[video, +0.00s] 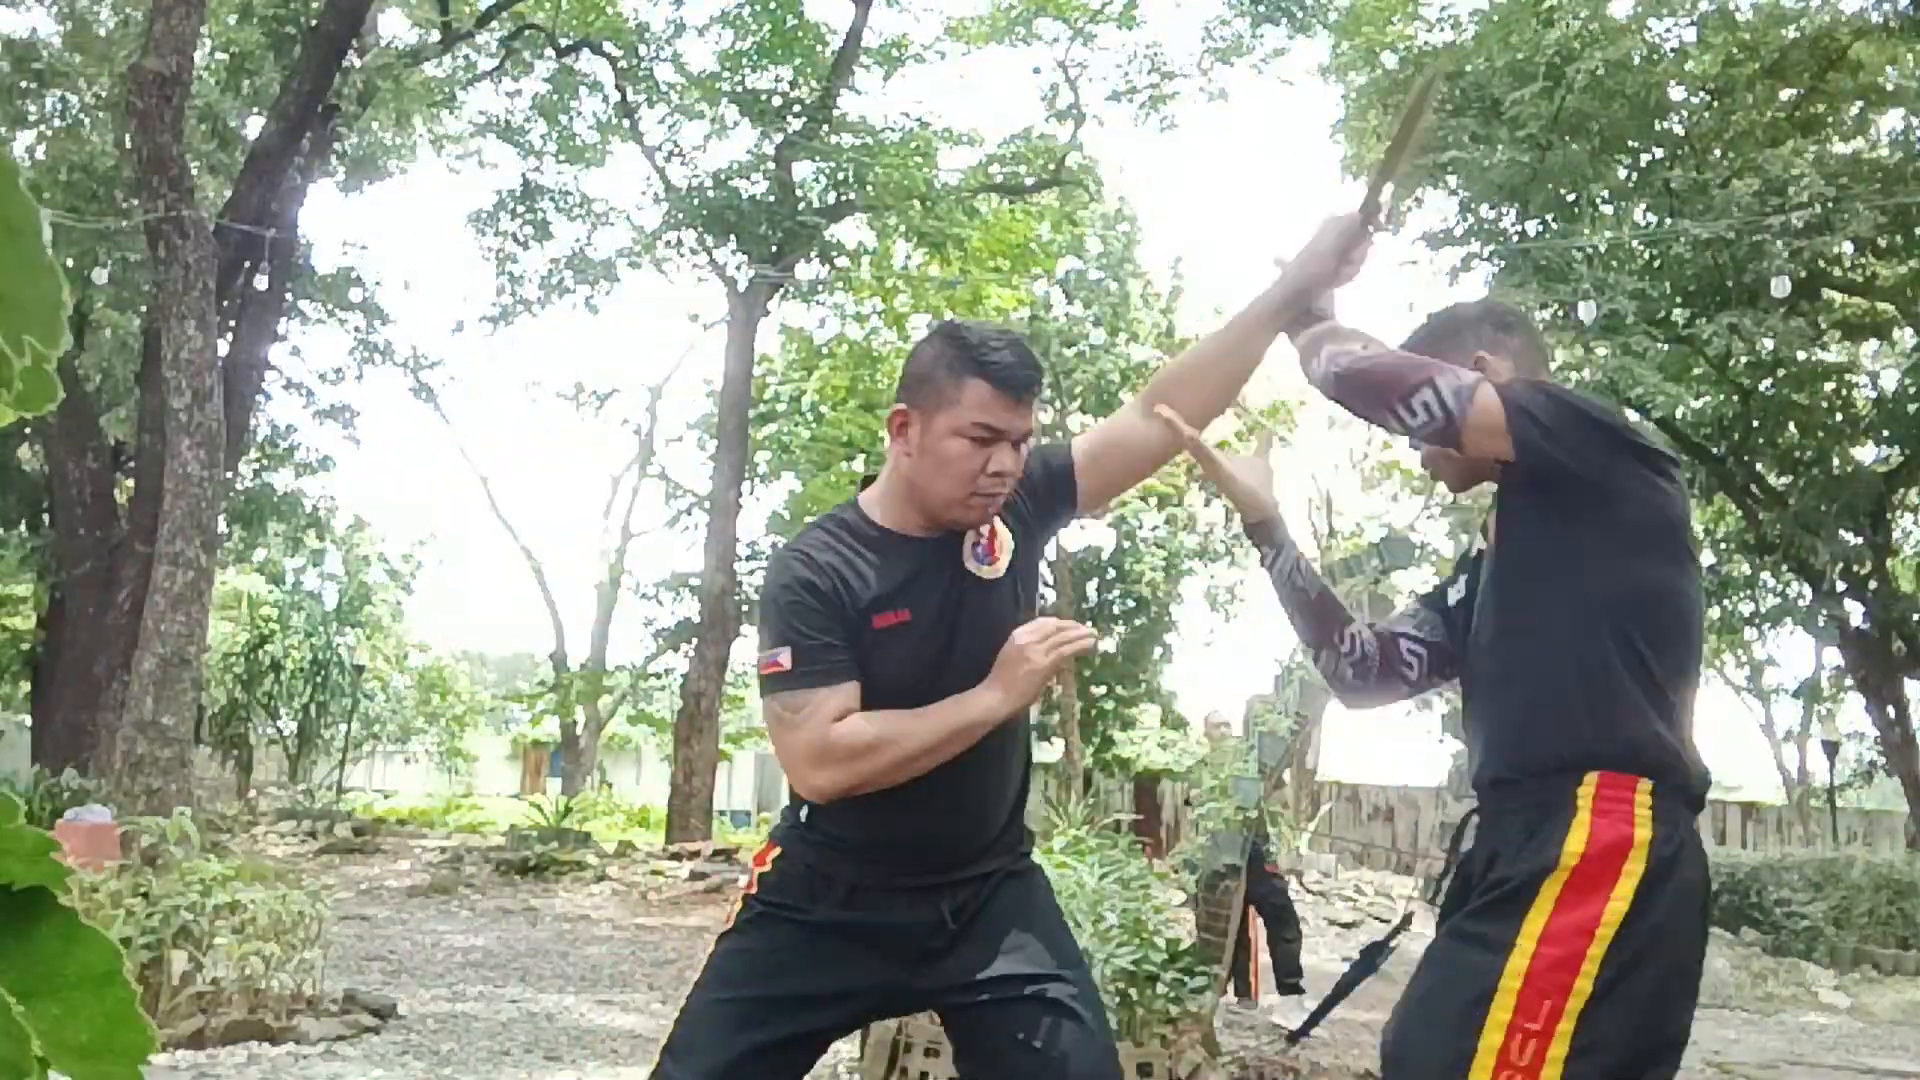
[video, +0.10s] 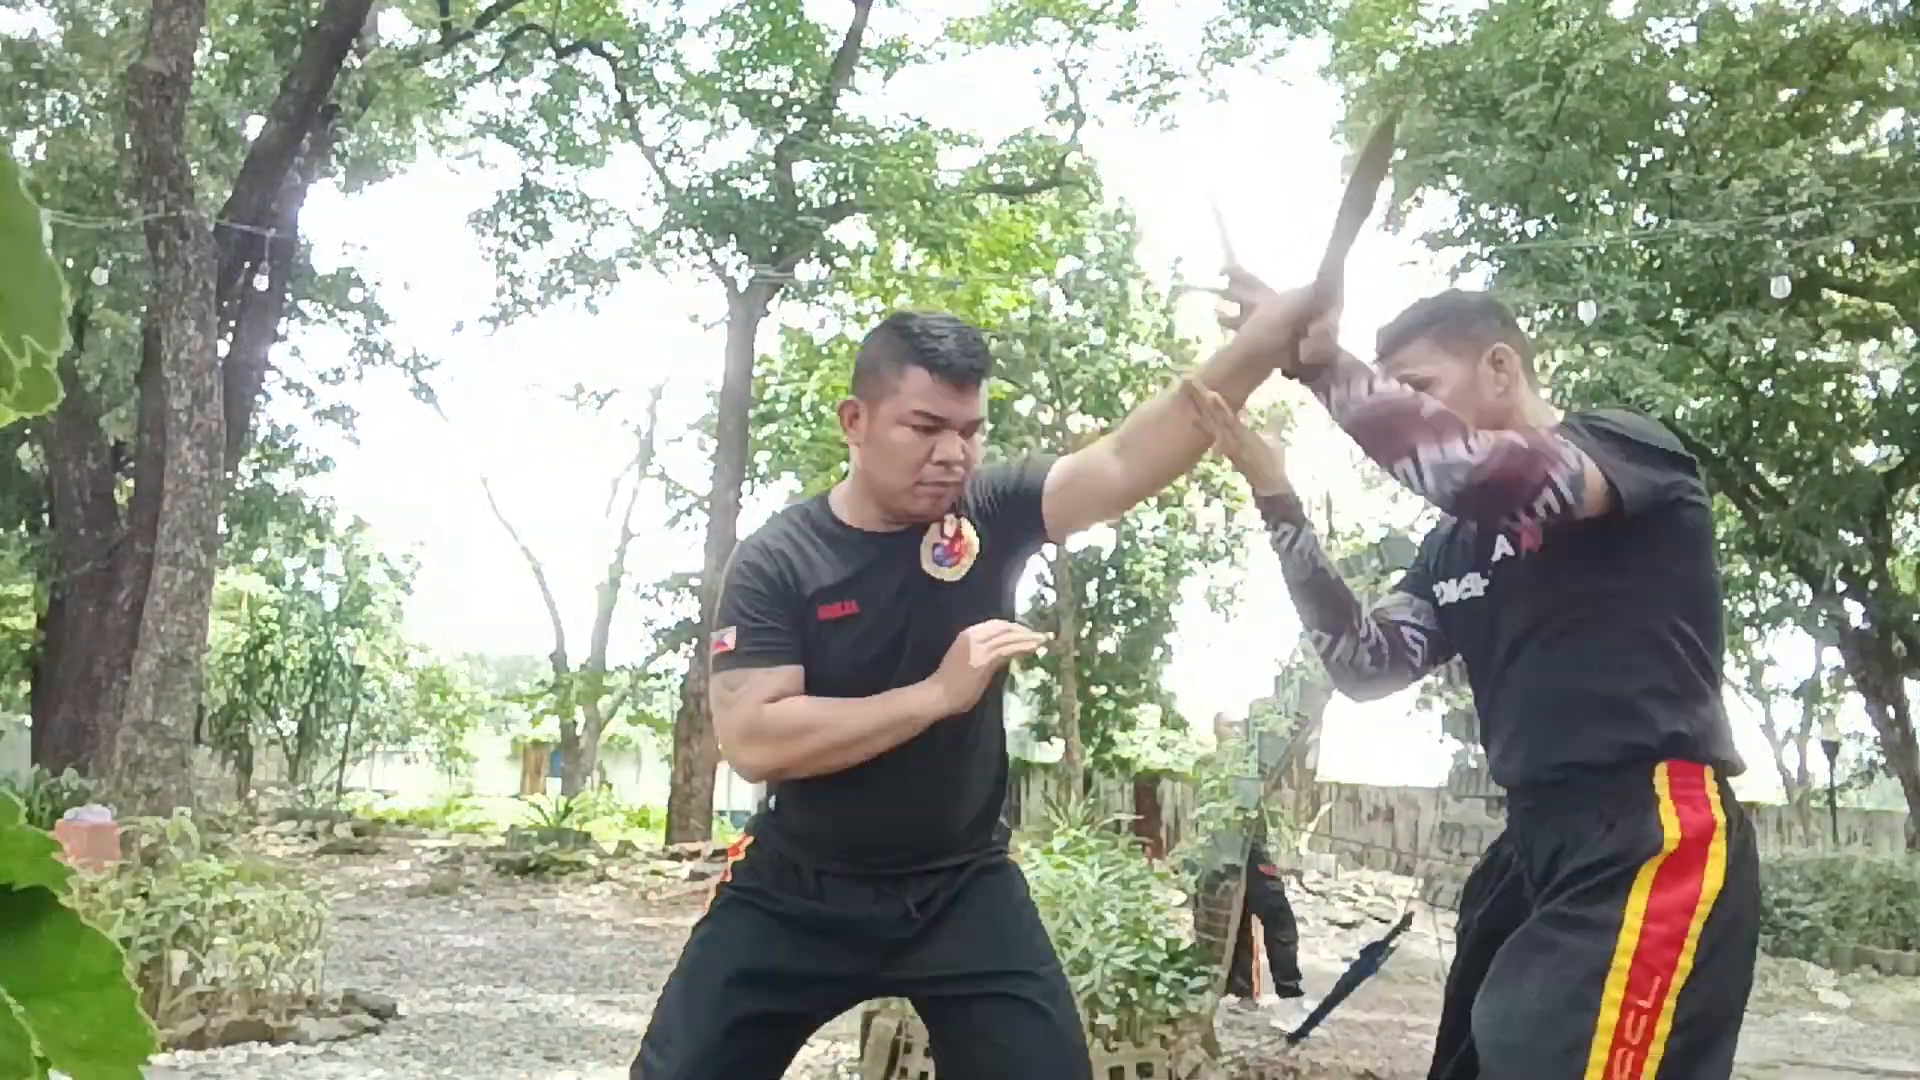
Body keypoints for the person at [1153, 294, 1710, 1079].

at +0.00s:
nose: (1413, 433)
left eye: (1426, 398)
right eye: (1409, 412)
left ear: (1489, 367)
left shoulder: (1608, 447)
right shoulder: (1496, 568)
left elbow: (1360, 373)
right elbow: (1361, 667)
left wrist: (1315, 327)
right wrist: (1264, 524)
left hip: (1599, 847)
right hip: (1520, 849)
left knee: (1446, 1058)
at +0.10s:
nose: (1409, 415)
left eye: (1423, 386)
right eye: (1398, 400)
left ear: (1501, 366)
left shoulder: (1632, 445)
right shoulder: (1453, 546)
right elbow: (1365, 662)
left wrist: (1322, 363)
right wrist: (1274, 495)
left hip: (1655, 847)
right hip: (1534, 857)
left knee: (1543, 1057)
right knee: (1465, 1064)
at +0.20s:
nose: (1431, 421)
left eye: (1452, 382)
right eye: (1411, 401)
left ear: (1529, 368)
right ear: (1402, 412)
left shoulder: (1647, 468)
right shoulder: (1458, 545)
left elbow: (1529, 581)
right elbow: (1394, 696)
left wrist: (1346, 462)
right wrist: (1283, 563)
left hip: (1685, 856)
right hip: (1549, 865)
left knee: (1611, 1060)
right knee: (1474, 1062)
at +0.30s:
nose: (1484, 417)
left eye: (1506, 380)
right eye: (1451, 397)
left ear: (1556, 381)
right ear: (1426, 429)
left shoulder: (1666, 502)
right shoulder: (1458, 562)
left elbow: (1621, 727)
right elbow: (1463, 766)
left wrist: (1380, 657)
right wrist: (1349, 745)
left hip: (1726, 867)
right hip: (1580, 865)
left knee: (1646, 1058)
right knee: (1500, 1057)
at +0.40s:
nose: (1513, 429)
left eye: (1533, 396)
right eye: (1474, 411)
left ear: (1575, 407)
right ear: (1439, 448)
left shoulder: (1685, 538)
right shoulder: (1466, 574)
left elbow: (1701, 799)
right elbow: (1485, 757)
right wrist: (1358, 794)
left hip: (1747, 897)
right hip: (1590, 879)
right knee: (1510, 1059)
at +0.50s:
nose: (1523, 435)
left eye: (1543, 399)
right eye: (1485, 414)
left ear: (1584, 408)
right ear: (1448, 451)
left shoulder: (1701, 550)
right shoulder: (1474, 580)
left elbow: (1722, 816)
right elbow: (1499, 763)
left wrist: (1475, 887)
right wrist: (1361, 790)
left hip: (1752, 909)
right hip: (1588, 896)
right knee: (1516, 1063)